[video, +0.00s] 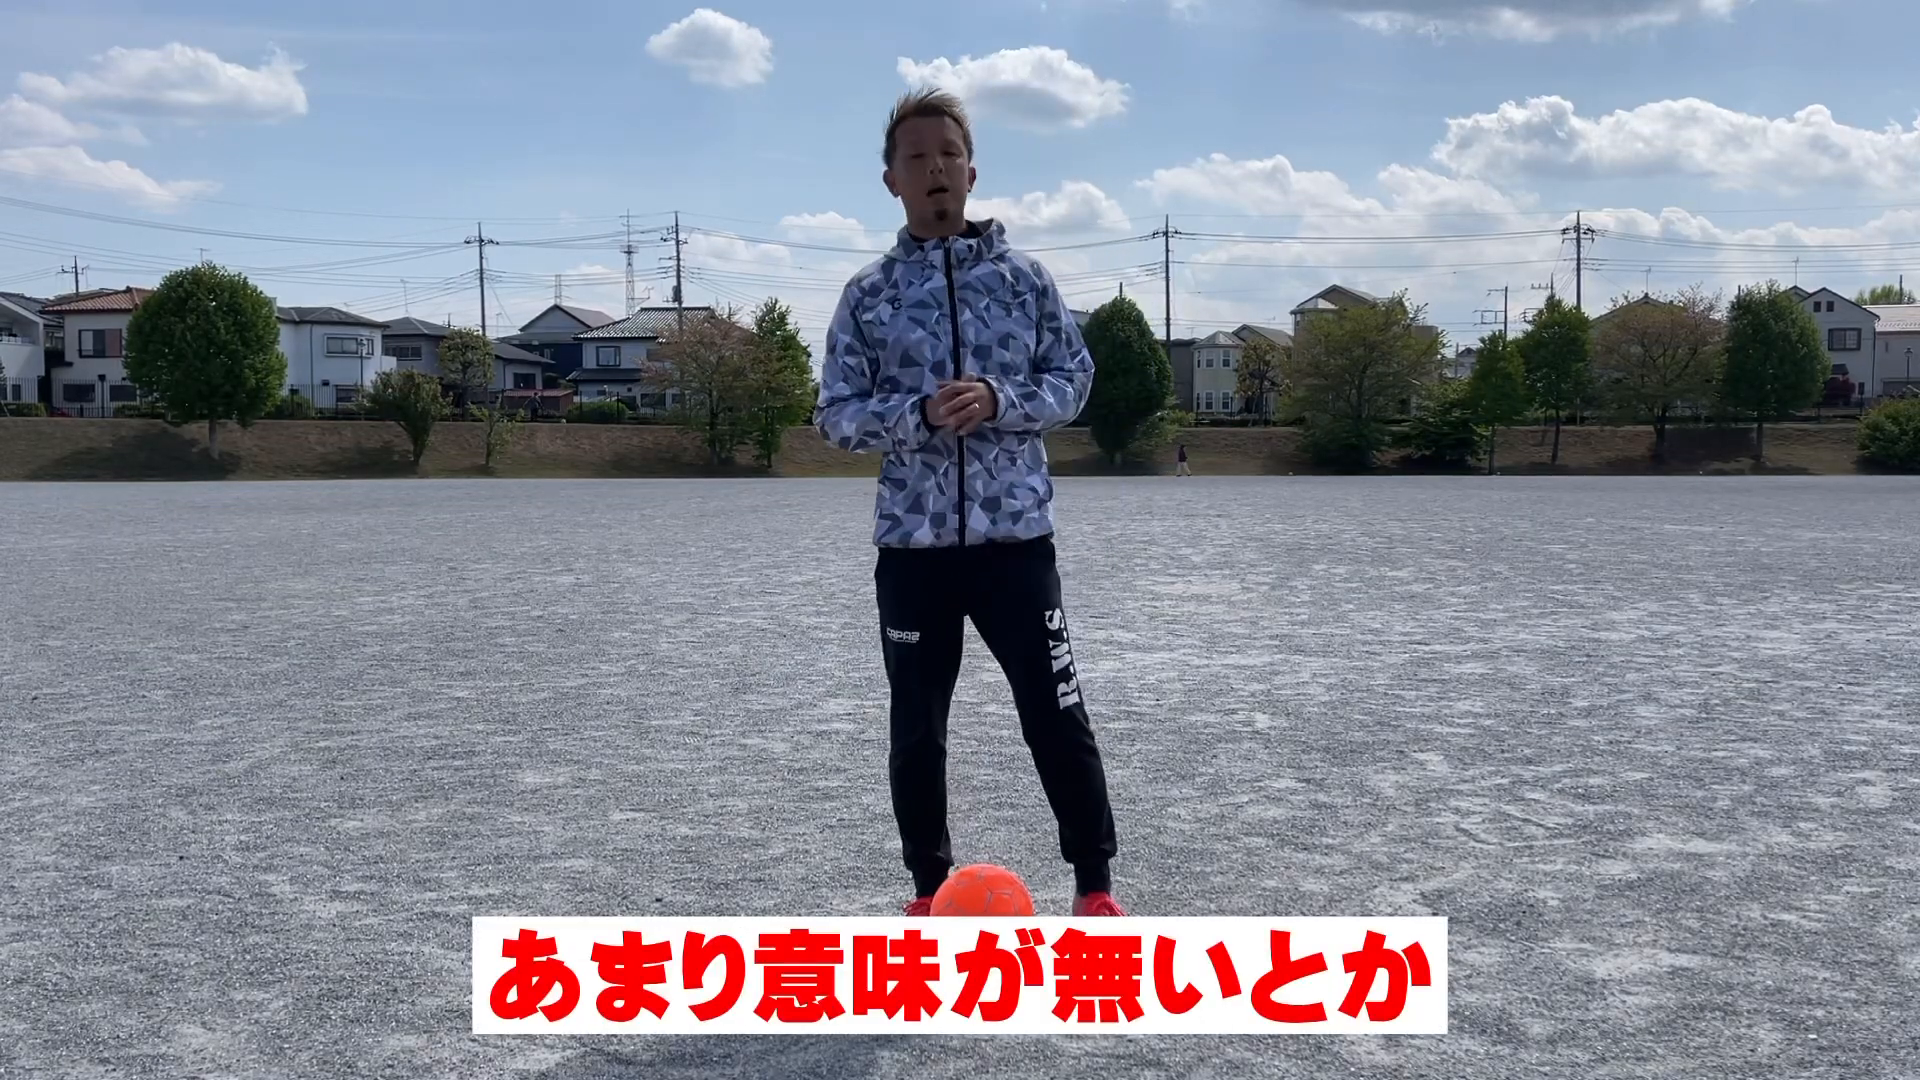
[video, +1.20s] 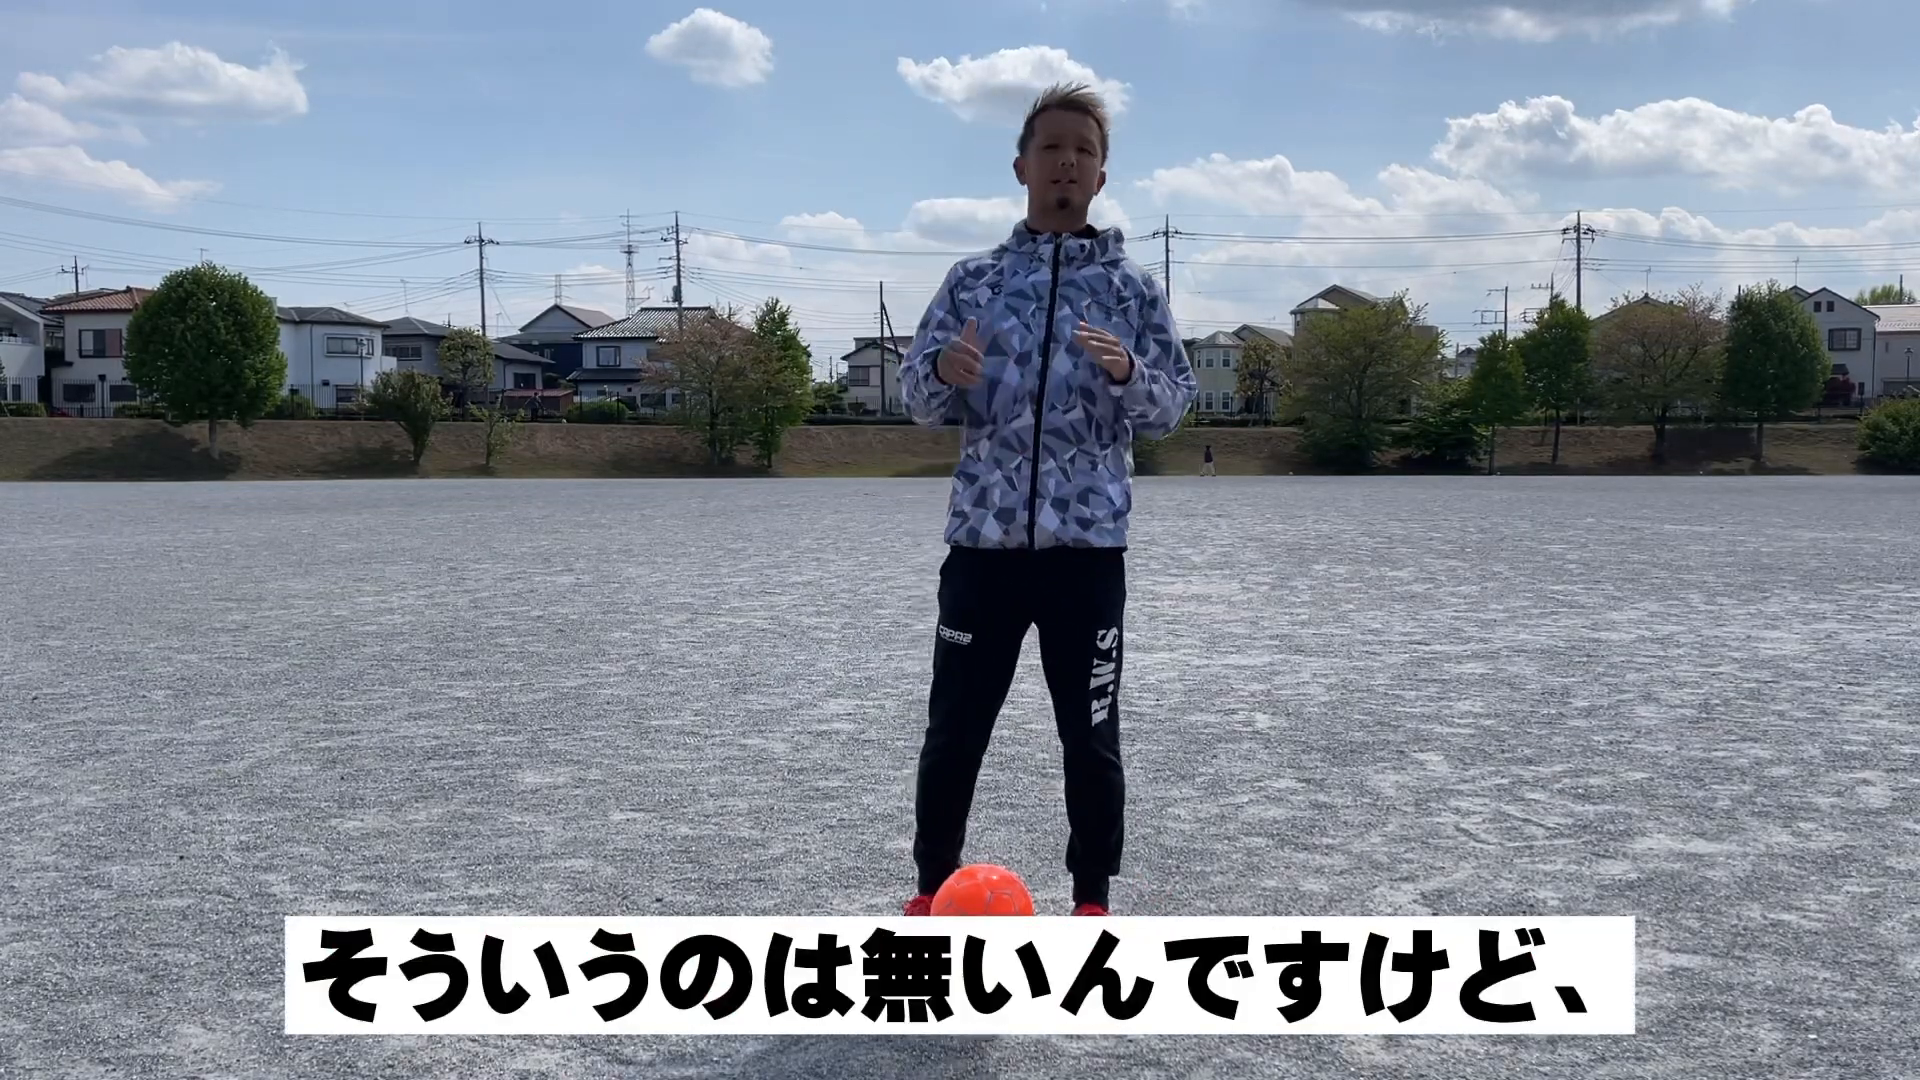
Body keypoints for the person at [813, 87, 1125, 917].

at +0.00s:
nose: (936, 169)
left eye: (948, 153)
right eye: (916, 156)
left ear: (971, 167)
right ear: (891, 178)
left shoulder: (1023, 279)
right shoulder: (867, 295)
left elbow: (1073, 384)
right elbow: (836, 414)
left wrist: (1002, 399)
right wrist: (918, 414)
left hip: (1012, 535)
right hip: (913, 540)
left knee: (1055, 708)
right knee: (916, 723)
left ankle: (1094, 886)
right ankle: (927, 892)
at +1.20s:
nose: (1067, 161)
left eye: (1083, 149)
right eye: (1051, 147)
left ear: (1102, 169)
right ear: (1022, 165)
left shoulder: (1134, 288)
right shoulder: (972, 281)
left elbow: (1171, 400)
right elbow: (916, 393)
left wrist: (1131, 372)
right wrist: (946, 374)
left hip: (1086, 538)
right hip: (984, 534)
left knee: (1090, 728)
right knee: (954, 725)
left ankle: (1093, 898)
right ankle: (930, 891)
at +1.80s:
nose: (1111, 167)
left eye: (1128, 155)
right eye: (1096, 152)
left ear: (1150, 174)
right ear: (1069, 163)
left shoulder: (1174, 291)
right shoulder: (1014, 272)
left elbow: (1206, 405)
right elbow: (965, 387)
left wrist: (1125, 416)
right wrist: (1041, 403)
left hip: (1109, 538)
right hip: (1008, 526)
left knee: (1102, 726)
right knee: (968, 667)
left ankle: (1091, 900)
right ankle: (1016, 794)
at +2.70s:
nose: (1007, 165)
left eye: (1019, 150)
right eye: (986, 154)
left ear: (1036, 165)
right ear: (956, 174)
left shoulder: (1076, 289)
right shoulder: (914, 286)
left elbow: (1109, 393)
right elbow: (874, 398)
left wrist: (1066, 420)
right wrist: (911, 389)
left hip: (1027, 538)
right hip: (928, 538)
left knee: (1056, 725)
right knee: (921, 724)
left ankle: (1087, 899)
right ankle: (921, 890)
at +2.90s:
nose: (983, 169)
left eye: (996, 156)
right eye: (963, 155)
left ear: (1010, 171)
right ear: (929, 171)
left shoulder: (1042, 282)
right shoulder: (884, 285)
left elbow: (1089, 392)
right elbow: (836, 406)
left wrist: (1034, 382)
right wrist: (845, 377)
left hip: (1007, 535)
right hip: (909, 536)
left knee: (1043, 719)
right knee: (910, 725)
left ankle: (1082, 897)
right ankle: (917, 894)